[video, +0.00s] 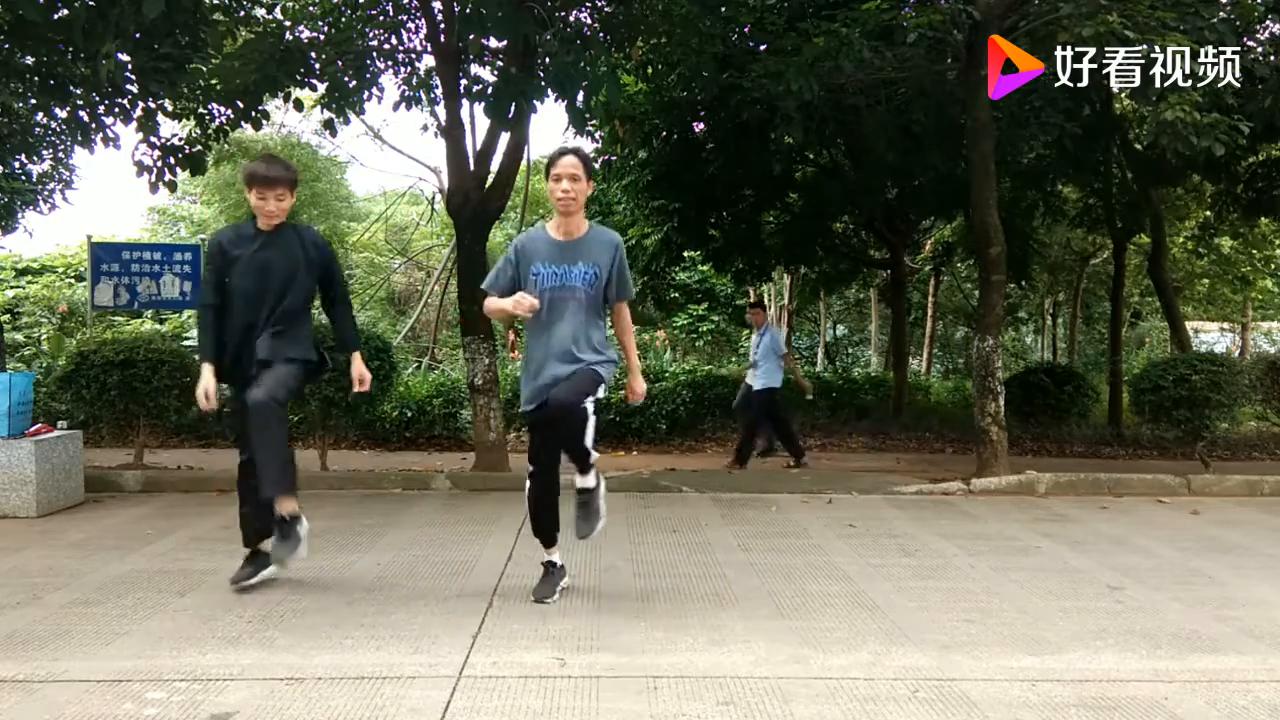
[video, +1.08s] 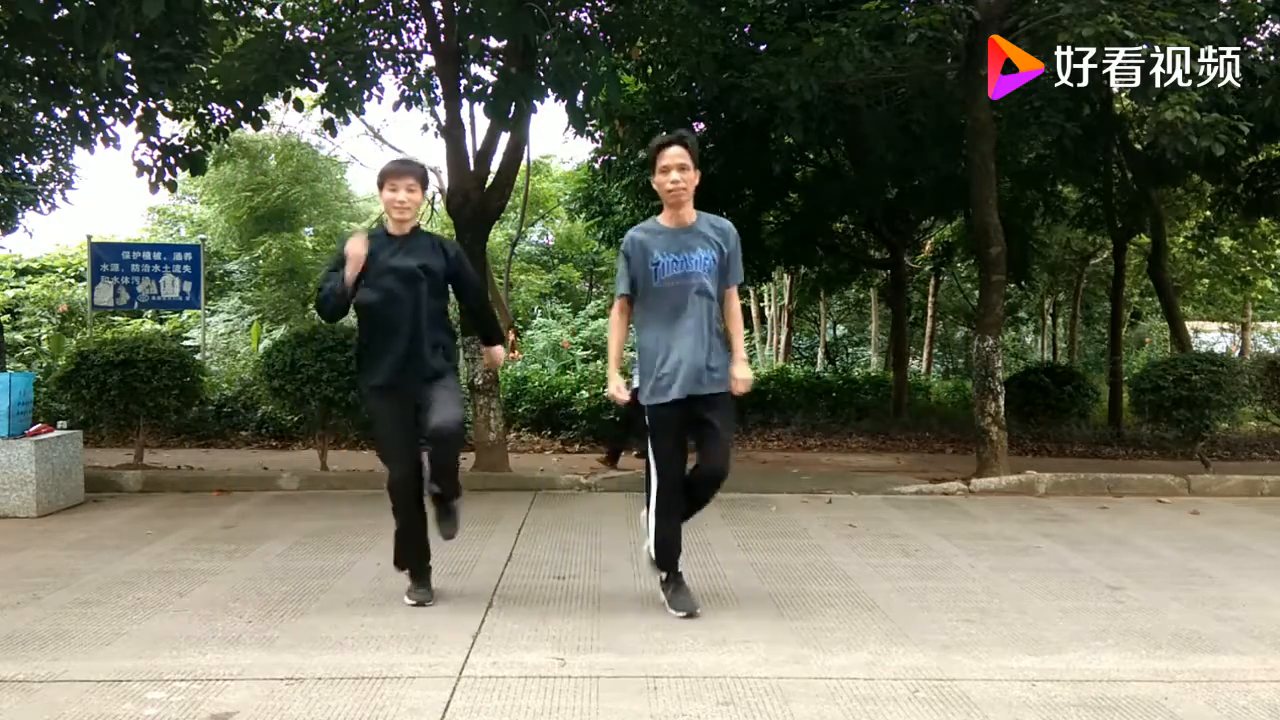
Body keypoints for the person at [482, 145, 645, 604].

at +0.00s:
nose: (566, 187)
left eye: (574, 179)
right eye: (558, 179)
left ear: (589, 187)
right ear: (547, 186)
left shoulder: (608, 244)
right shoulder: (526, 244)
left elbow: (621, 310)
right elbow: (490, 303)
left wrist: (634, 369)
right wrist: (511, 304)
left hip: (590, 362)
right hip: (539, 370)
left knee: (561, 405)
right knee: (542, 469)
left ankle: (587, 480)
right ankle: (551, 561)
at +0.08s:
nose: (573, 183)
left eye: (582, 175)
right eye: (565, 175)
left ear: (596, 184)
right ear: (554, 183)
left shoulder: (615, 241)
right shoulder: (532, 241)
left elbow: (626, 304)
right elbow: (500, 301)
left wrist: (636, 365)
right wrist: (516, 302)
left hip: (596, 361)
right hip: (546, 369)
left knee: (583, 415)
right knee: (546, 472)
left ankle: (597, 493)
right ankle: (552, 561)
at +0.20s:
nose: (592, 183)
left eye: (600, 174)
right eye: (583, 175)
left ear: (614, 183)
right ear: (572, 183)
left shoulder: (631, 242)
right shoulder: (546, 240)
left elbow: (638, 302)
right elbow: (528, 298)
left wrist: (645, 359)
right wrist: (538, 322)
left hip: (610, 380)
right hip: (555, 381)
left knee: (612, 465)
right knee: (548, 473)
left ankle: (619, 558)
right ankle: (547, 554)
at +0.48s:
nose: (616, 175)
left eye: (625, 167)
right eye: (608, 167)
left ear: (638, 176)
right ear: (597, 176)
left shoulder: (661, 233)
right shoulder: (576, 237)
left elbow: (674, 301)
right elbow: (570, 303)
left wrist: (678, 357)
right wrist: (563, 366)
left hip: (646, 373)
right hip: (589, 370)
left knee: (639, 480)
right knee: (576, 460)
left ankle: (630, 573)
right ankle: (574, 513)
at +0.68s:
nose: (635, 187)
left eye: (643, 179)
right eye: (626, 180)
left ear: (658, 188)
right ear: (616, 190)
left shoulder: (681, 245)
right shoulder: (596, 248)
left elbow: (700, 304)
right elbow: (587, 313)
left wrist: (691, 326)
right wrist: (585, 369)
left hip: (664, 375)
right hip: (611, 366)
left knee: (651, 481)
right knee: (629, 423)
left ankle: (633, 570)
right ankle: (624, 503)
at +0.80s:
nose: (647, 182)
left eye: (655, 174)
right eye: (638, 175)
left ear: (669, 182)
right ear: (628, 186)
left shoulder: (695, 239)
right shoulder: (609, 244)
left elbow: (716, 300)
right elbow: (597, 307)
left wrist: (696, 314)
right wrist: (588, 364)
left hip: (679, 374)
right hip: (628, 370)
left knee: (662, 472)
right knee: (646, 463)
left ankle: (625, 556)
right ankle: (662, 554)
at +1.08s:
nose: (674, 178)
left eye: (682, 169)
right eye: (665, 171)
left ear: (696, 176)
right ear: (654, 180)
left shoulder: (722, 232)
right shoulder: (638, 240)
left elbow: (731, 298)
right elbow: (621, 308)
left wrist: (739, 357)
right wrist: (613, 371)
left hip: (713, 374)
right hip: (659, 377)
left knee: (715, 468)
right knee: (668, 480)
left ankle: (661, 517)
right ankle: (671, 574)